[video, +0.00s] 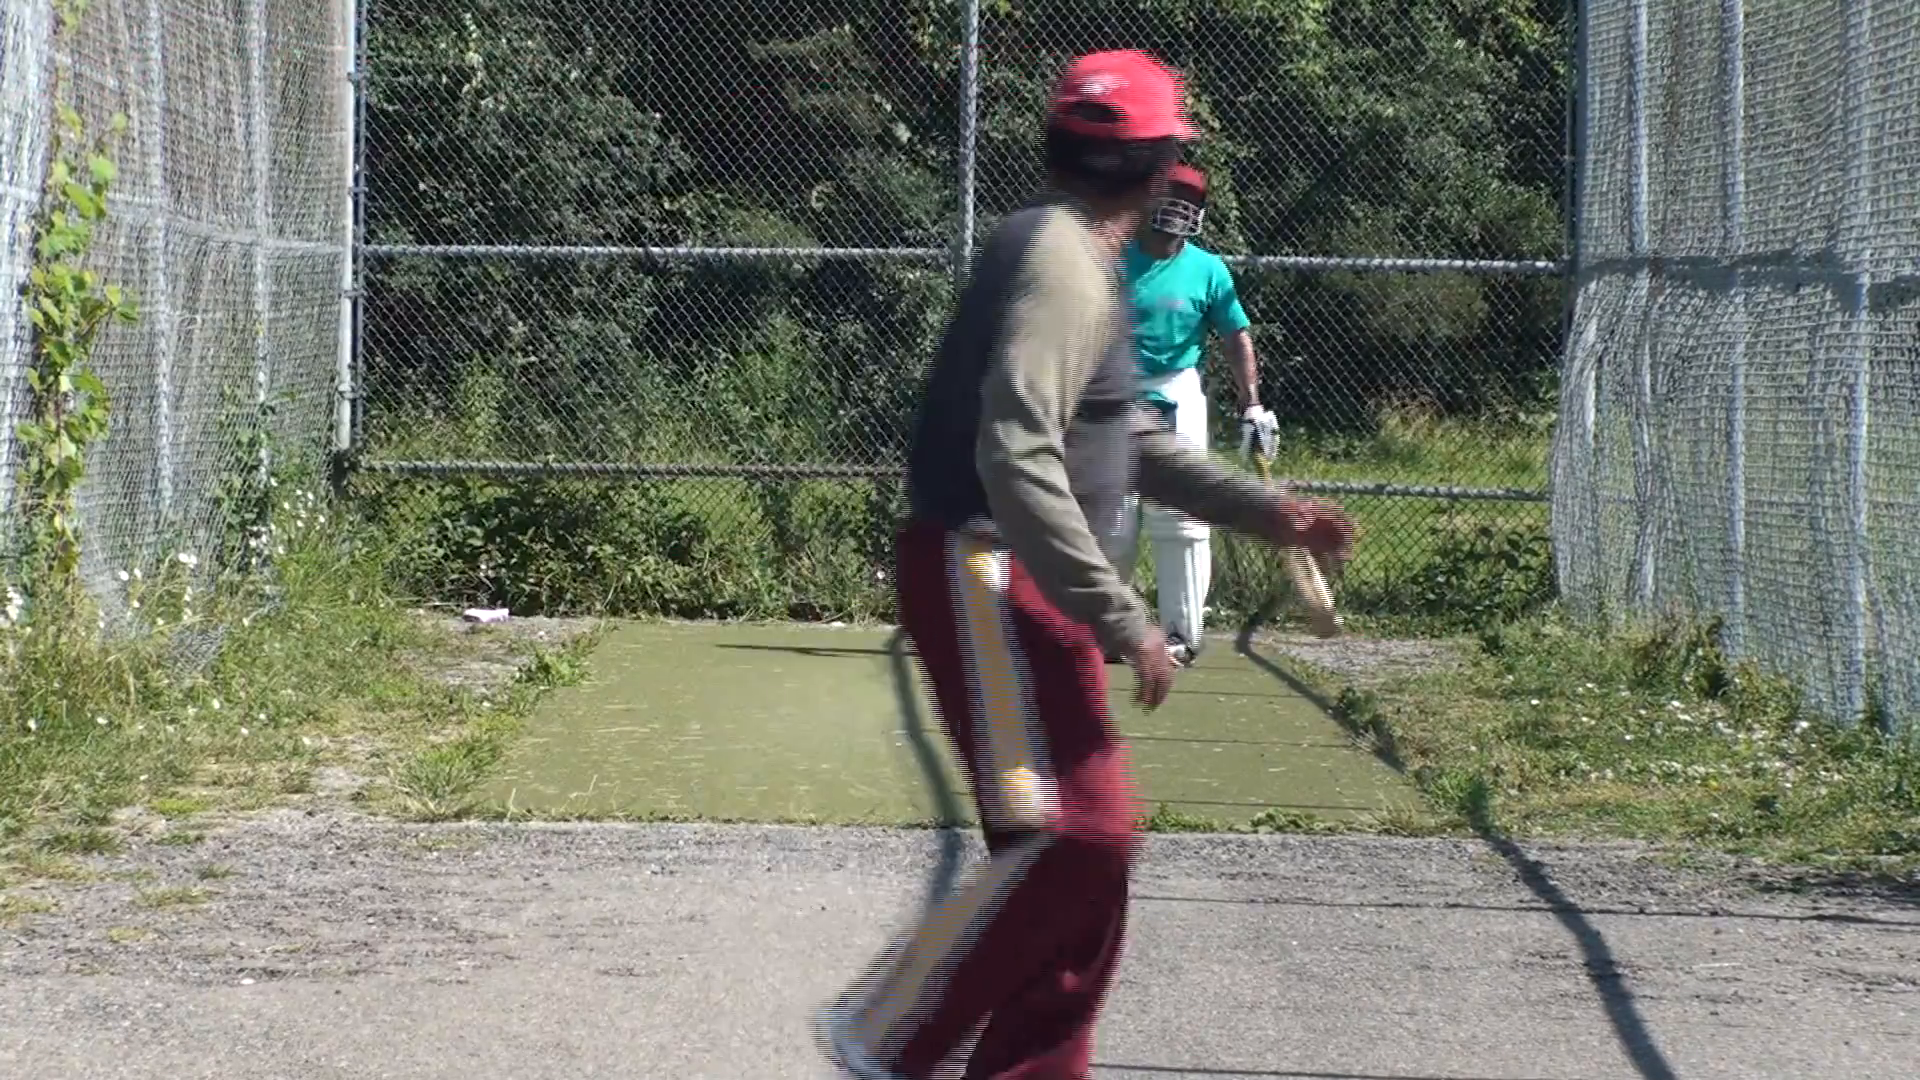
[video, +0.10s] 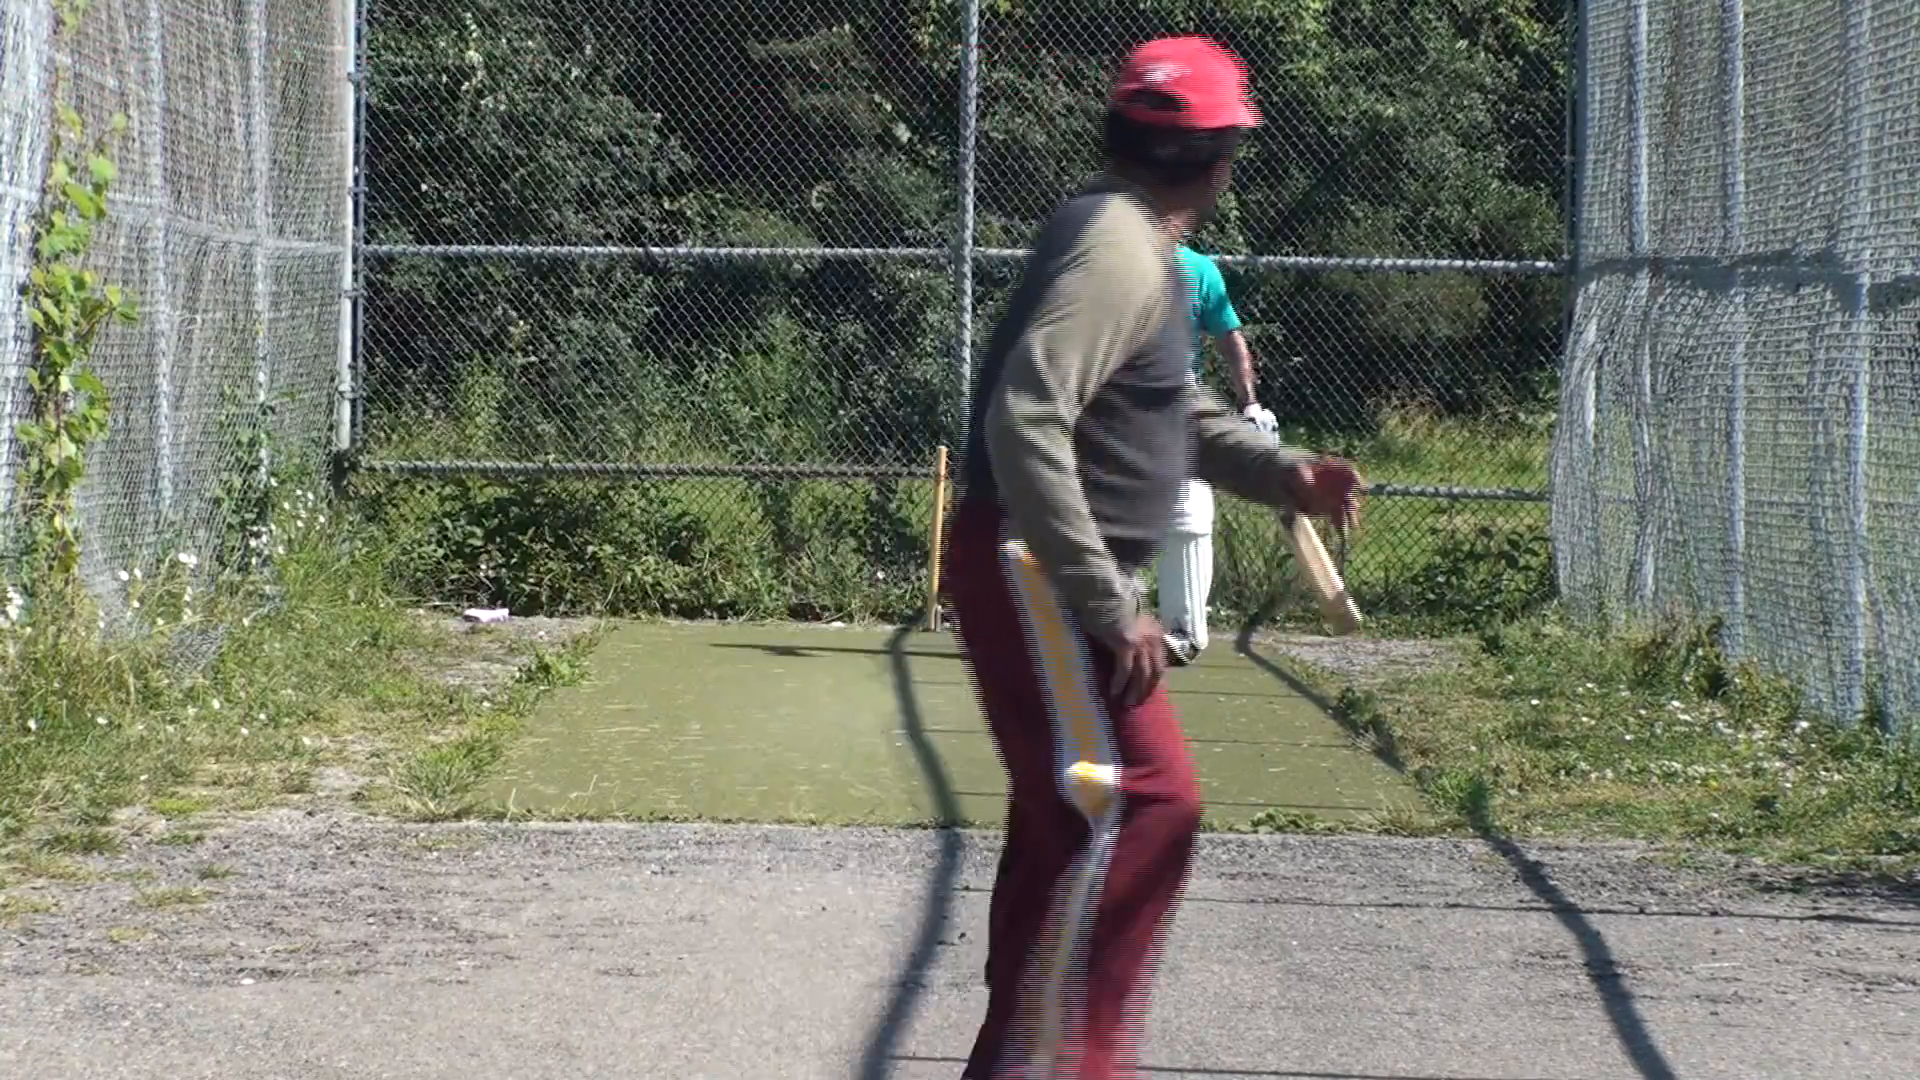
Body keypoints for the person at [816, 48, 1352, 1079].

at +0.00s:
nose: (1181, 173)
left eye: (1180, 155)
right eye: (1173, 155)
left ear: (1082, 156)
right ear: (1144, 165)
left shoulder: (1086, 260)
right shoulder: (1055, 256)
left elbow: (1129, 443)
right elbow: (1016, 452)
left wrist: (1260, 504)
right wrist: (1120, 614)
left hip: (1027, 563)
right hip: (976, 564)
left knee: (1095, 835)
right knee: (1061, 832)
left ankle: (1030, 1065)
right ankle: (876, 1044)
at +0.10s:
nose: (1232, 164)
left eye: (1232, 146)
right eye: (1229, 146)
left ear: (1135, 143)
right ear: (1214, 156)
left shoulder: (1142, 246)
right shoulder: (1114, 247)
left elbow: (1176, 411)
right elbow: (1023, 422)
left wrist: (1289, 477)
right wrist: (1108, 603)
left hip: (1048, 556)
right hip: (1031, 556)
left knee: (1060, 817)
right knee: (1153, 799)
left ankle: (1037, 1059)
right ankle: (1035, 1060)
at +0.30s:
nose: (1338, 172)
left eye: (1336, 152)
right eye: (1334, 154)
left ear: (1233, 150)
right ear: (1312, 169)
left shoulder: (1240, 259)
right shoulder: (1216, 256)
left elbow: (1246, 469)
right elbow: (1130, 444)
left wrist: (1332, 581)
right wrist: (1226, 624)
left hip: (1175, 580)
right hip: (1144, 584)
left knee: (1203, 840)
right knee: (1224, 856)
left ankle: (1077, 1025)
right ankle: (1209, 1062)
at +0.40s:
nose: (1380, 160)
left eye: (1378, 139)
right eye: (1376, 142)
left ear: (1274, 139)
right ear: (1356, 155)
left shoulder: (1272, 242)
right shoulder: (1259, 242)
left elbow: (1250, 454)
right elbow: (1226, 446)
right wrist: (1356, 604)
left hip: (1243, 568)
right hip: (1187, 569)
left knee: (1347, 821)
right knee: (1227, 859)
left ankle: (1221, 1034)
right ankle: (1206, 1063)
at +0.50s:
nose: (1424, 154)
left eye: (1425, 133)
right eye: (1418, 134)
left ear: (1334, 129)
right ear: (1390, 137)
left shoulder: (1327, 224)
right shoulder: (1304, 219)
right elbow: (1308, 422)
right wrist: (1482, 541)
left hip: (1306, 575)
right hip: (1227, 572)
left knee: (1393, 837)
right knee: (1233, 868)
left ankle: (1381, 1064)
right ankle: (1211, 1066)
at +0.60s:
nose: (1473, 149)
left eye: (1474, 128)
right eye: (1468, 129)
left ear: (1377, 126)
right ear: (1441, 136)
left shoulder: (1366, 221)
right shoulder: (1352, 222)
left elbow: (1261, 407)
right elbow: (1356, 423)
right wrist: (1546, 500)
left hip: (1358, 582)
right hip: (1281, 578)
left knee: (1412, 874)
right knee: (1264, 879)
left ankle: (1444, 1073)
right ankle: (1205, 1070)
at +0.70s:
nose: (1517, 158)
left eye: (1517, 139)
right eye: (1511, 138)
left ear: (1426, 138)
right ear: (1478, 145)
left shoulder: (1426, 253)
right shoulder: (1377, 238)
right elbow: (1366, 444)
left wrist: (1536, 592)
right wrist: (1560, 502)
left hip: (1422, 587)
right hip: (1337, 582)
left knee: (1494, 870)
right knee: (1404, 881)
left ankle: (1470, 1070)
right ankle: (1221, 1071)